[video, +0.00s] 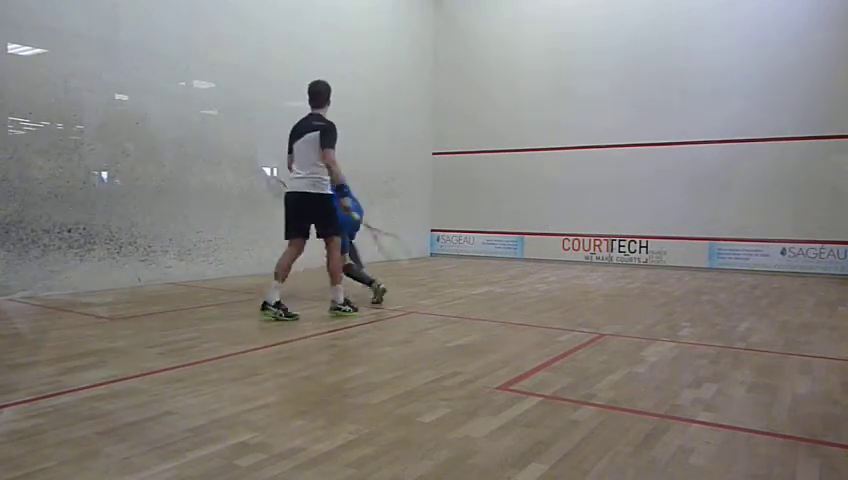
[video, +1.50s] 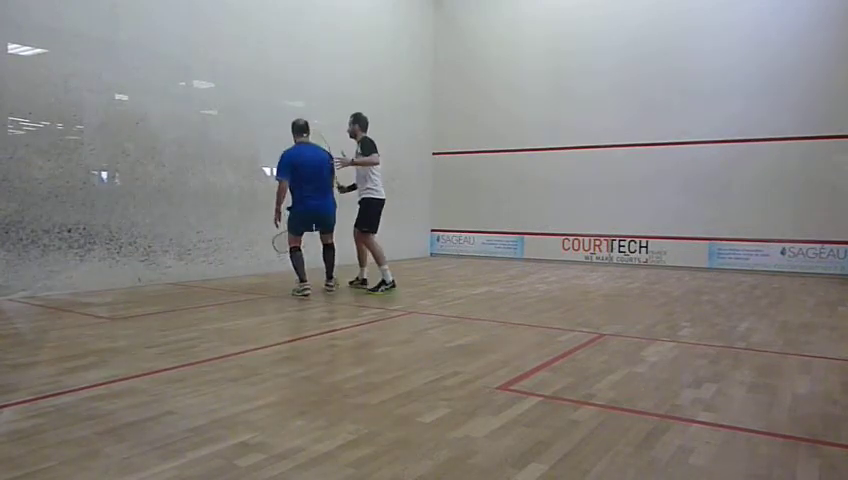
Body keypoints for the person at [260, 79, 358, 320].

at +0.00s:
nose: (329, 102)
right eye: (329, 99)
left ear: (309, 100)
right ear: (328, 101)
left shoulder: (297, 127)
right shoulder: (327, 127)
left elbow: (291, 165)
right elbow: (328, 160)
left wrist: (313, 179)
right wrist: (342, 190)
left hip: (294, 193)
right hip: (320, 194)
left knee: (295, 245)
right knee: (333, 243)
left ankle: (271, 300)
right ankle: (338, 300)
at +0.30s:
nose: (350, 108)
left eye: (342, 105)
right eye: (349, 105)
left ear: (329, 106)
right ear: (348, 107)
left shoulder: (318, 133)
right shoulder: (352, 131)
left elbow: (303, 167)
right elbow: (361, 163)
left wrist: (308, 196)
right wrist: (377, 195)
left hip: (321, 196)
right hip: (347, 195)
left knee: (326, 238)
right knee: (367, 239)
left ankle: (309, 287)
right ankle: (362, 291)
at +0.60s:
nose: (316, 128)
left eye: (316, 125)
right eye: (319, 124)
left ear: (314, 127)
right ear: (332, 126)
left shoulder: (312, 152)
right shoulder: (350, 146)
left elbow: (295, 180)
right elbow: (367, 173)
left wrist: (289, 207)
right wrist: (375, 202)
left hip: (329, 208)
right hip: (356, 207)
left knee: (314, 243)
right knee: (360, 246)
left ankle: (310, 284)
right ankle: (373, 277)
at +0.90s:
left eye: (327, 138)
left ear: (325, 141)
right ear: (341, 140)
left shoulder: (320, 162)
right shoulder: (352, 159)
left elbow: (317, 192)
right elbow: (364, 186)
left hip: (334, 207)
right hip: (356, 206)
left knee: (326, 245)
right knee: (356, 240)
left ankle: (320, 276)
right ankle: (367, 278)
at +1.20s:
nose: (339, 133)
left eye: (340, 129)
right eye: (342, 129)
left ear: (341, 131)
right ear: (355, 131)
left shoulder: (350, 144)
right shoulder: (353, 148)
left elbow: (351, 156)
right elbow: (349, 181)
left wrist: (324, 160)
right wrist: (332, 187)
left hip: (359, 199)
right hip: (357, 199)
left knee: (347, 239)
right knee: (348, 239)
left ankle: (362, 280)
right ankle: (361, 278)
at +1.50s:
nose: (347, 129)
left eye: (349, 125)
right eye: (348, 125)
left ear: (356, 126)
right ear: (359, 127)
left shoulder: (365, 142)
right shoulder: (360, 147)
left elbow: (375, 160)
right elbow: (365, 179)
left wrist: (351, 162)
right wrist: (347, 188)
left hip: (373, 196)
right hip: (366, 197)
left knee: (366, 236)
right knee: (359, 235)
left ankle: (388, 278)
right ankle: (362, 277)